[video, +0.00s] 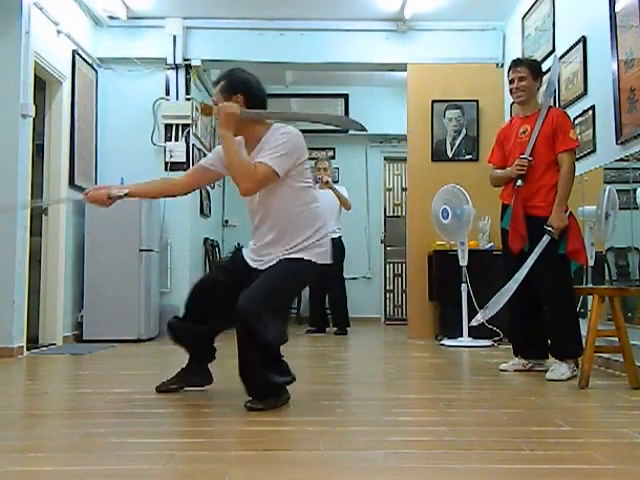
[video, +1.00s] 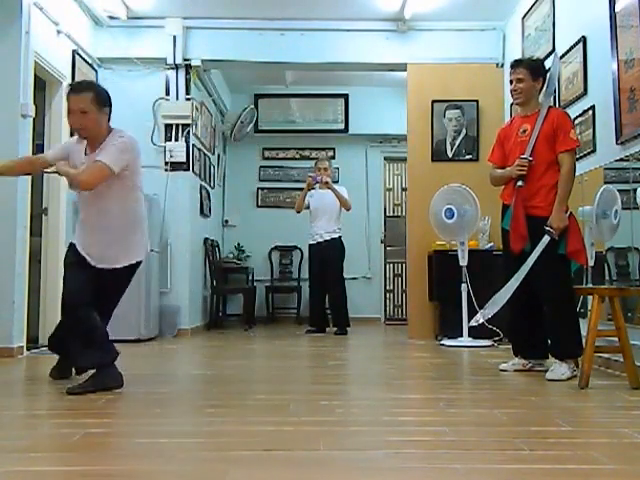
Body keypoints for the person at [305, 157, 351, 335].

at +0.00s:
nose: (322, 173)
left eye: (325, 170)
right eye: (319, 170)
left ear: (331, 172)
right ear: (314, 172)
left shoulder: (339, 190)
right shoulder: (309, 190)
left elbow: (347, 206)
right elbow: (302, 208)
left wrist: (332, 188)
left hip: (333, 239)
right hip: (314, 240)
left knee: (336, 284)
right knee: (316, 286)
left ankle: (341, 325)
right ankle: (317, 324)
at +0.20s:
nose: (322, 173)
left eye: (325, 170)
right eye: (319, 170)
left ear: (330, 171)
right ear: (314, 172)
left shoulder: (339, 190)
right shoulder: (311, 194)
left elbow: (347, 206)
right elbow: (298, 208)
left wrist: (332, 188)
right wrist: (306, 188)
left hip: (333, 241)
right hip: (315, 242)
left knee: (335, 285)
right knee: (316, 286)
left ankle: (341, 324)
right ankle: (317, 323)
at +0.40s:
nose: (322, 173)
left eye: (325, 170)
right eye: (319, 170)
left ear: (330, 171)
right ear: (314, 172)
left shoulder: (338, 190)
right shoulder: (311, 194)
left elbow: (347, 206)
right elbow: (298, 208)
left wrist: (332, 188)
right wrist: (307, 188)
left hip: (333, 241)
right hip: (315, 243)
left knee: (335, 285)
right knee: (316, 286)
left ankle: (341, 324)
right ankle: (318, 324)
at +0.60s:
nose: (323, 173)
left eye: (326, 170)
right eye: (319, 170)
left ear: (331, 171)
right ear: (315, 172)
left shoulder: (339, 190)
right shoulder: (311, 194)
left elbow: (347, 207)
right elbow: (298, 209)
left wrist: (332, 188)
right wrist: (306, 188)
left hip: (333, 241)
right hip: (315, 243)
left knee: (335, 285)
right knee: (316, 286)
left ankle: (341, 324)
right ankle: (318, 324)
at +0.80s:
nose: (323, 173)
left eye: (326, 170)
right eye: (319, 170)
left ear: (331, 171)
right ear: (315, 172)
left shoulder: (339, 190)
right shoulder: (311, 194)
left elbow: (347, 206)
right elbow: (298, 209)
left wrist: (331, 188)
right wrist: (306, 189)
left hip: (333, 241)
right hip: (315, 243)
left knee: (335, 285)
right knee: (316, 286)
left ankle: (341, 324)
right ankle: (318, 324)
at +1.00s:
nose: (323, 173)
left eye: (325, 170)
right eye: (319, 170)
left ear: (330, 171)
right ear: (315, 172)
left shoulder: (339, 190)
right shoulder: (311, 194)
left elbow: (347, 207)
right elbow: (298, 209)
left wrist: (331, 188)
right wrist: (306, 188)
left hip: (333, 241)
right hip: (315, 243)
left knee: (335, 285)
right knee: (316, 286)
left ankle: (341, 324)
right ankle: (318, 324)